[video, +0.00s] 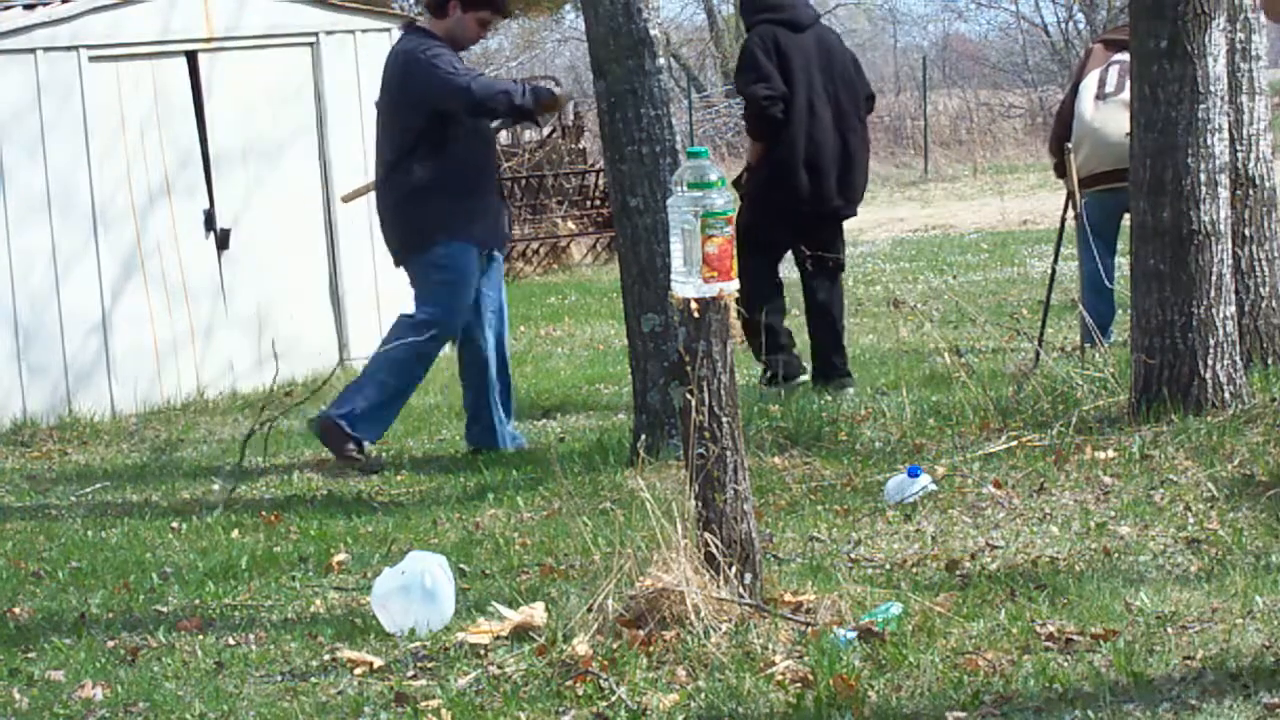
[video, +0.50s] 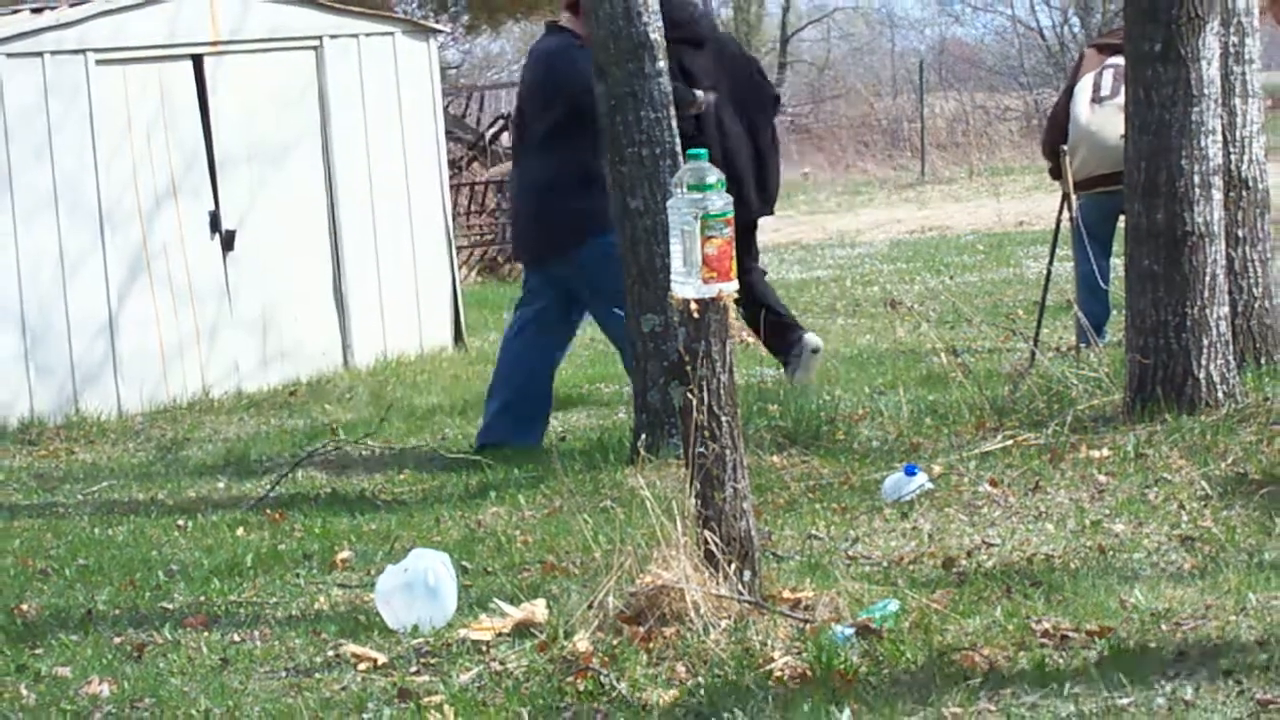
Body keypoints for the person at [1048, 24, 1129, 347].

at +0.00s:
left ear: (1120, 24)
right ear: (1153, 23)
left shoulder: (1096, 51)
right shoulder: (1166, 49)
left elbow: (1068, 110)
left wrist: (1061, 162)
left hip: (1099, 169)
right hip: (1153, 171)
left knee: (1096, 257)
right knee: (1158, 258)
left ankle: (1095, 343)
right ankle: (1163, 342)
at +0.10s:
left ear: (1121, 24)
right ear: (1155, 23)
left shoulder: (1098, 50)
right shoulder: (1169, 49)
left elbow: (1068, 110)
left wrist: (1062, 162)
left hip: (1099, 171)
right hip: (1154, 172)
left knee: (1096, 258)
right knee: (1159, 258)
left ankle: (1095, 343)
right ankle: (1164, 342)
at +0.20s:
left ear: (1123, 24)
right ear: (1157, 22)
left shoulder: (1101, 48)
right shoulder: (1171, 48)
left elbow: (1072, 107)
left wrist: (1064, 159)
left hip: (1102, 170)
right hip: (1157, 171)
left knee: (1098, 259)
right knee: (1161, 259)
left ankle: (1098, 344)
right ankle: (1165, 343)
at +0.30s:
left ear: (1124, 22)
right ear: (1157, 21)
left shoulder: (1101, 49)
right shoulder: (1171, 47)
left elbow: (1071, 108)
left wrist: (1063, 159)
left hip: (1102, 168)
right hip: (1157, 170)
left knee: (1098, 256)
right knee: (1161, 257)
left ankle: (1097, 342)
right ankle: (1166, 341)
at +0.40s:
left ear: (1121, 22)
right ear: (1154, 21)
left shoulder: (1096, 52)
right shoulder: (1167, 50)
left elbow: (1067, 110)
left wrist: (1060, 161)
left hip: (1098, 171)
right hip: (1152, 173)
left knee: (1094, 259)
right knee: (1156, 259)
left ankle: (1093, 343)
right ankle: (1160, 342)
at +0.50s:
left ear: (1115, 26)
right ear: (1148, 24)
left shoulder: (1091, 56)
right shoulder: (1163, 51)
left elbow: (1060, 117)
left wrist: (1058, 163)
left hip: (1095, 173)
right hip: (1150, 174)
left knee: (1091, 254)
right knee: (1154, 256)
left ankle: (1090, 341)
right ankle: (1157, 340)